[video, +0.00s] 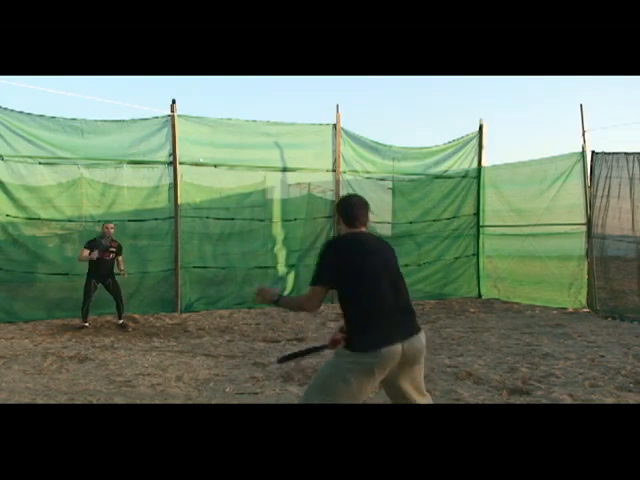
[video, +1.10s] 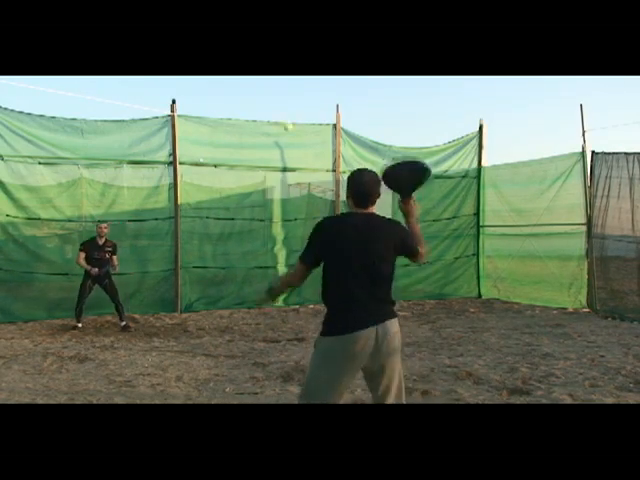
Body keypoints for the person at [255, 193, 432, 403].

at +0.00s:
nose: (335, 222)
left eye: (335, 218)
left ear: (338, 220)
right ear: (367, 220)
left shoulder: (336, 247)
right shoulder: (382, 245)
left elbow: (311, 303)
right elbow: (383, 297)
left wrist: (276, 298)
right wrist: (347, 331)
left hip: (371, 349)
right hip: (413, 340)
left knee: (315, 399)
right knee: (415, 397)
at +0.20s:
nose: (337, 208)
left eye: (338, 204)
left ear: (340, 207)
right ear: (368, 207)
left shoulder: (333, 237)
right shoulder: (389, 236)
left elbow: (329, 295)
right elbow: (403, 286)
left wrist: (303, 312)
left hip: (364, 341)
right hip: (409, 334)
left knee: (321, 400)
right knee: (420, 399)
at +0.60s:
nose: (359, 198)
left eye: (360, 195)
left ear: (362, 197)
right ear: (390, 199)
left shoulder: (346, 229)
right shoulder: (409, 230)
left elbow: (324, 281)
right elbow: (426, 286)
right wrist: (405, 298)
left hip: (359, 334)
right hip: (406, 332)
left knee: (328, 399)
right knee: (421, 399)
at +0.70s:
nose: (354, 195)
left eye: (354, 191)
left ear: (356, 194)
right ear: (384, 196)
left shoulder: (337, 227)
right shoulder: (401, 229)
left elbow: (310, 272)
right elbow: (422, 286)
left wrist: (330, 231)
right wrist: (401, 296)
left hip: (346, 332)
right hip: (393, 330)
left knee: (320, 398)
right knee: (412, 399)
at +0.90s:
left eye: (348, 183)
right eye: (375, 182)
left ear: (347, 186)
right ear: (376, 187)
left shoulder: (326, 218)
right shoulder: (390, 222)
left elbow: (301, 250)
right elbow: (426, 269)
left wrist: (313, 224)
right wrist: (419, 261)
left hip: (336, 327)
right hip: (383, 325)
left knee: (322, 397)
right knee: (396, 397)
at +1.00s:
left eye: (349, 187)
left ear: (348, 192)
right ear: (378, 194)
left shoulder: (328, 224)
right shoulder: (392, 227)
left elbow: (299, 259)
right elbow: (431, 263)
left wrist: (290, 251)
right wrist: (416, 229)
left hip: (337, 333)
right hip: (384, 331)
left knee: (320, 398)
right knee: (390, 398)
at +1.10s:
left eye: (350, 191)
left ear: (348, 195)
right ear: (377, 197)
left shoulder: (328, 228)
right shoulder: (390, 228)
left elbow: (297, 277)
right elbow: (418, 254)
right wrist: (412, 217)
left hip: (343, 335)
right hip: (387, 331)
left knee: (315, 399)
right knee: (391, 399)